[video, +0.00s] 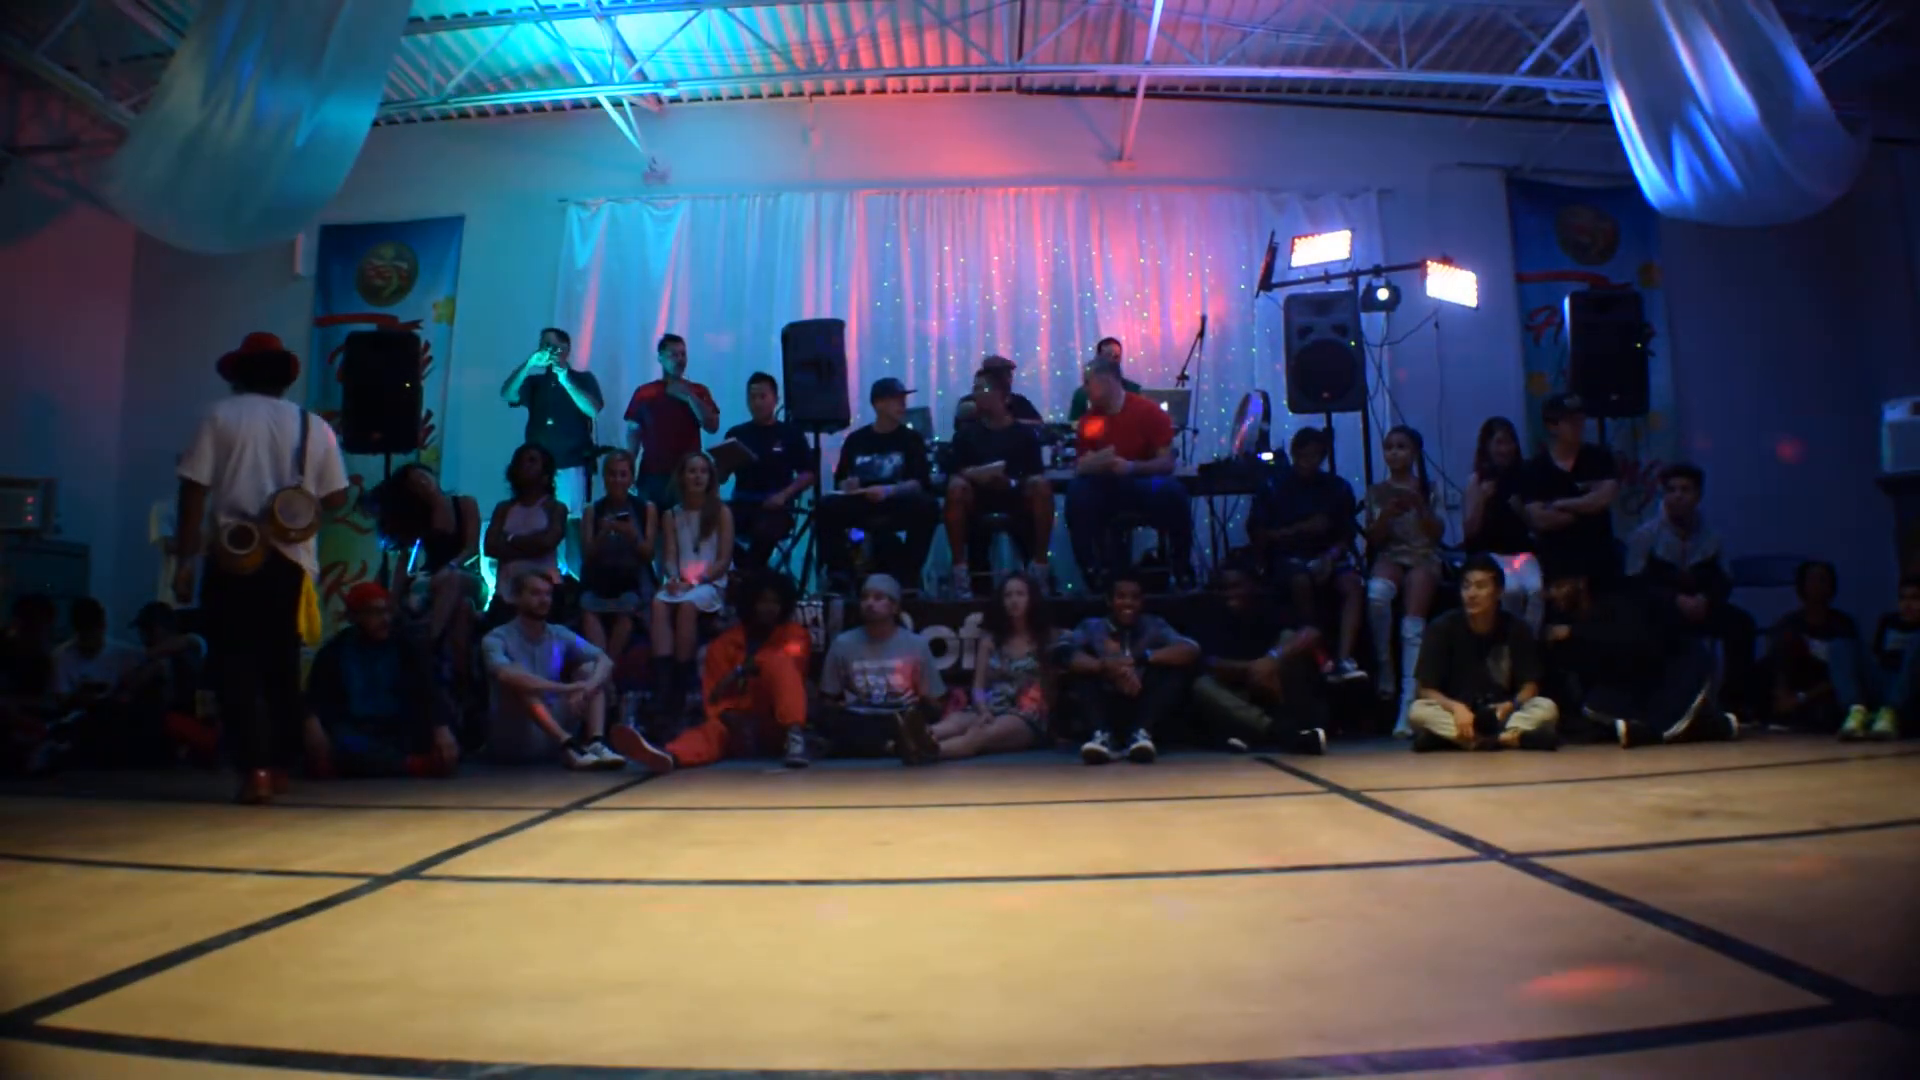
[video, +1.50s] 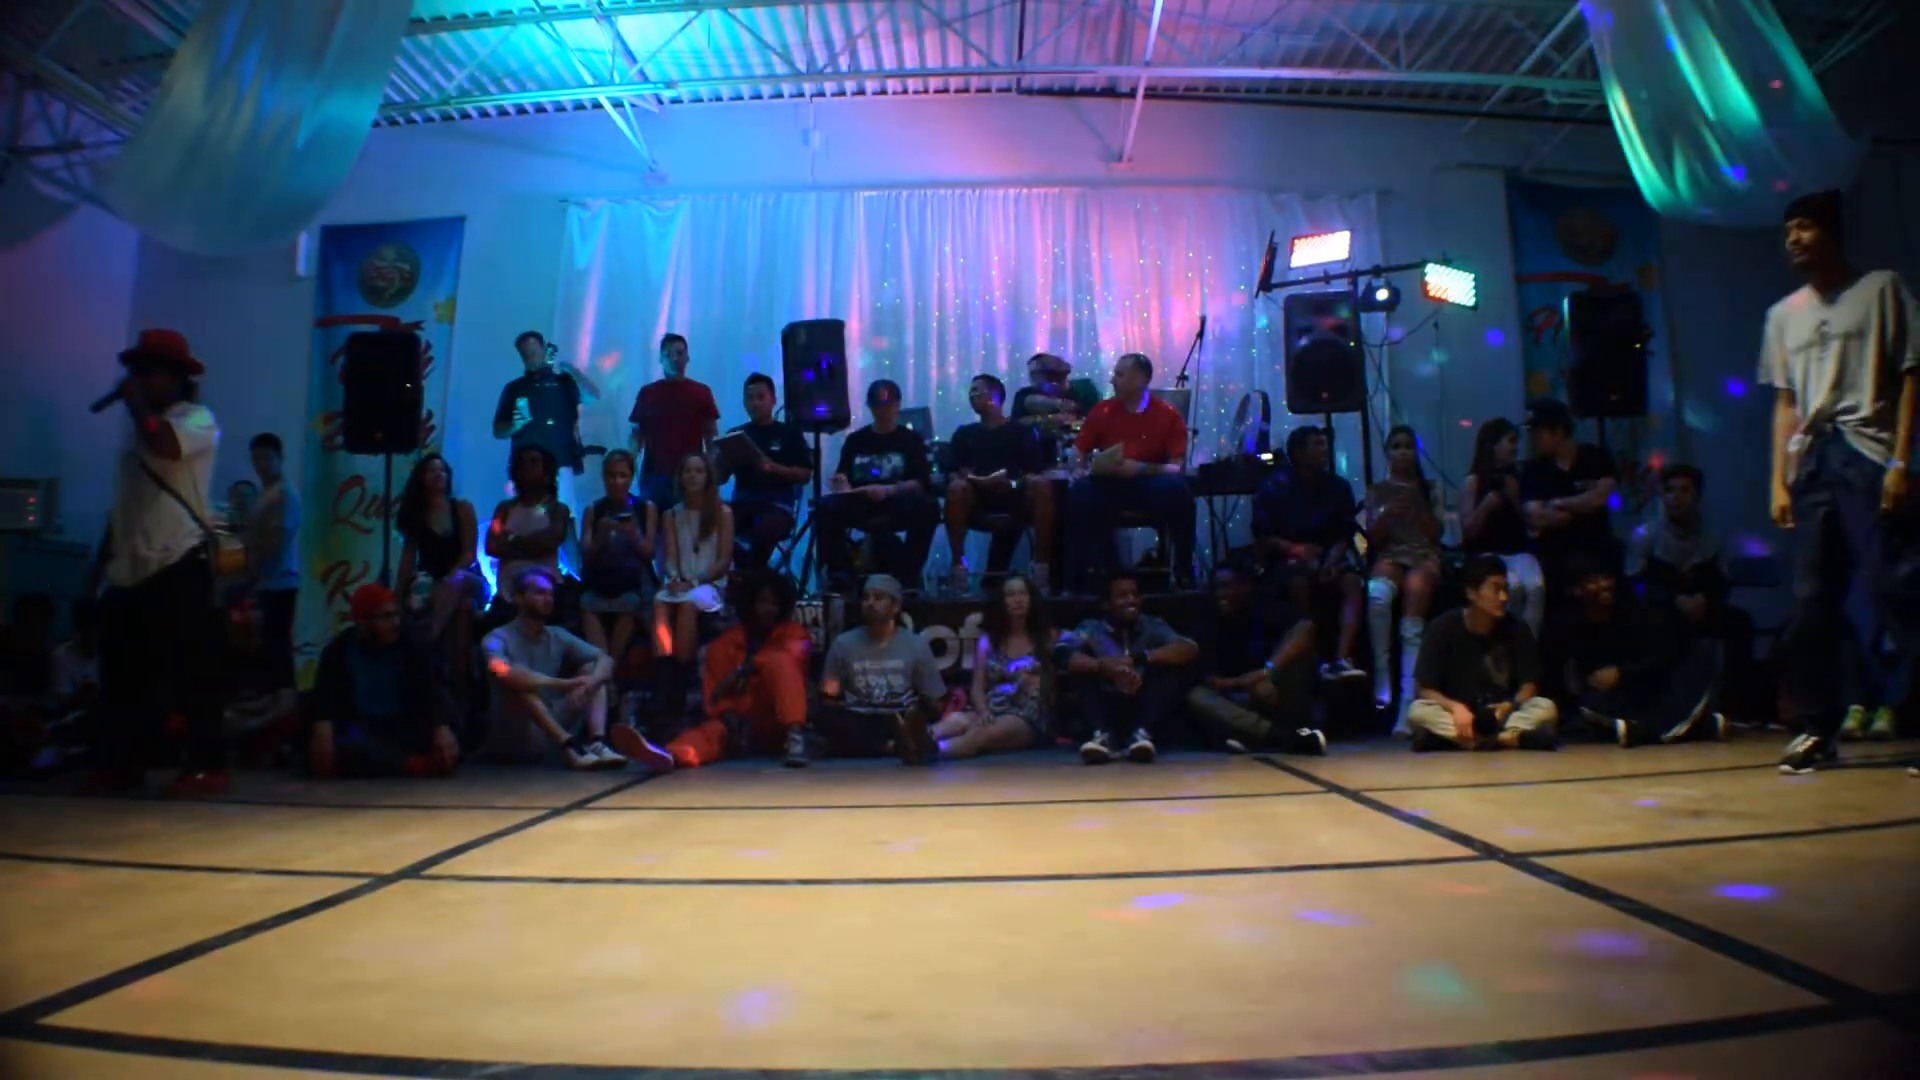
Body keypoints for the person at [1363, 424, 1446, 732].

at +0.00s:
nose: (1394, 453)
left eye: (1401, 447)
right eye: (1389, 448)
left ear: (1415, 453)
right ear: (1383, 453)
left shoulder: (1431, 489)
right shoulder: (1376, 492)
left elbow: (1437, 533)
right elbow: (1373, 536)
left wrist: (1418, 505)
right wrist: (1388, 514)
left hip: (1422, 554)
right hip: (1389, 554)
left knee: (1412, 628)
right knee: (1377, 596)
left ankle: (1407, 710)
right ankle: (1385, 670)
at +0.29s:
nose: (1395, 453)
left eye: (1402, 447)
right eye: (1390, 448)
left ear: (1416, 452)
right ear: (1384, 453)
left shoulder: (1431, 489)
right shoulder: (1376, 492)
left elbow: (1438, 533)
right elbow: (1373, 537)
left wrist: (1419, 504)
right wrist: (1389, 513)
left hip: (1421, 552)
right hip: (1389, 552)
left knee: (1412, 620)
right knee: (1377, 597)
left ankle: (1409, 701)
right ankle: (1385, 672)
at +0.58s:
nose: (1397, 452)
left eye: (1403, 446)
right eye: (1391, 447)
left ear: (1417, 452)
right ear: (1385, 453)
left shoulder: (1432, 488)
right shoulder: (1378, 491)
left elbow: (1437, 533)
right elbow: (1373, 537)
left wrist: (1420, 504)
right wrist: (1387, 513)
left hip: (1422, 552)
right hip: (1391, 552)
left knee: (1414, 622)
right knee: (1378, 597)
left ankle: (1410, 701)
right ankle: (1384, 674)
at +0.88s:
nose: (1396, 453)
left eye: (1403, 447)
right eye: (1390, 448)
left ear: (1416, 452)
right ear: (1383, 454)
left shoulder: (1430, 490)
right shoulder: (1376, 492)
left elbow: (1433, 535)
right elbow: (1372, 537)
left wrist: (1419, 506)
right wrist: (1386, 514)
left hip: (1420, 554)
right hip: (1388, 553)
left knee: (1411, 624)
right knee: (1375, 597)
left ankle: (1406, 705)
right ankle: (1381, 672)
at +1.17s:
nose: (1401, 453)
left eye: (1408, 447)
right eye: (1395, 447)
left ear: (1417, 452)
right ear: (1387, 453)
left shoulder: (1429, 489)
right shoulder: (1377, 491)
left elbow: (1434, 533)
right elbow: (1373, 535)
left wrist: (1419, 505)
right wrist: (1387, 513)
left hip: (1421, 552)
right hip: (1389, 551)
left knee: (1412, 627)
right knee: (1377, 598)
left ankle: (1408, 704)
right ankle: (1382, 672)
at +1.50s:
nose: (1402, 453)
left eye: (1407, 447)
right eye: (1396, 447)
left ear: (1416, 452)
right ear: (1387, 453)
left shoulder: (1431, 488)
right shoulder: (1377, 491)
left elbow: (1437, 533)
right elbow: (1373, 536)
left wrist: (1417, 509)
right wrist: (1388, 513)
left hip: (1422, 550)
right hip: (1390, 550)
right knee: (1378, 592)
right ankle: (1382, 675)